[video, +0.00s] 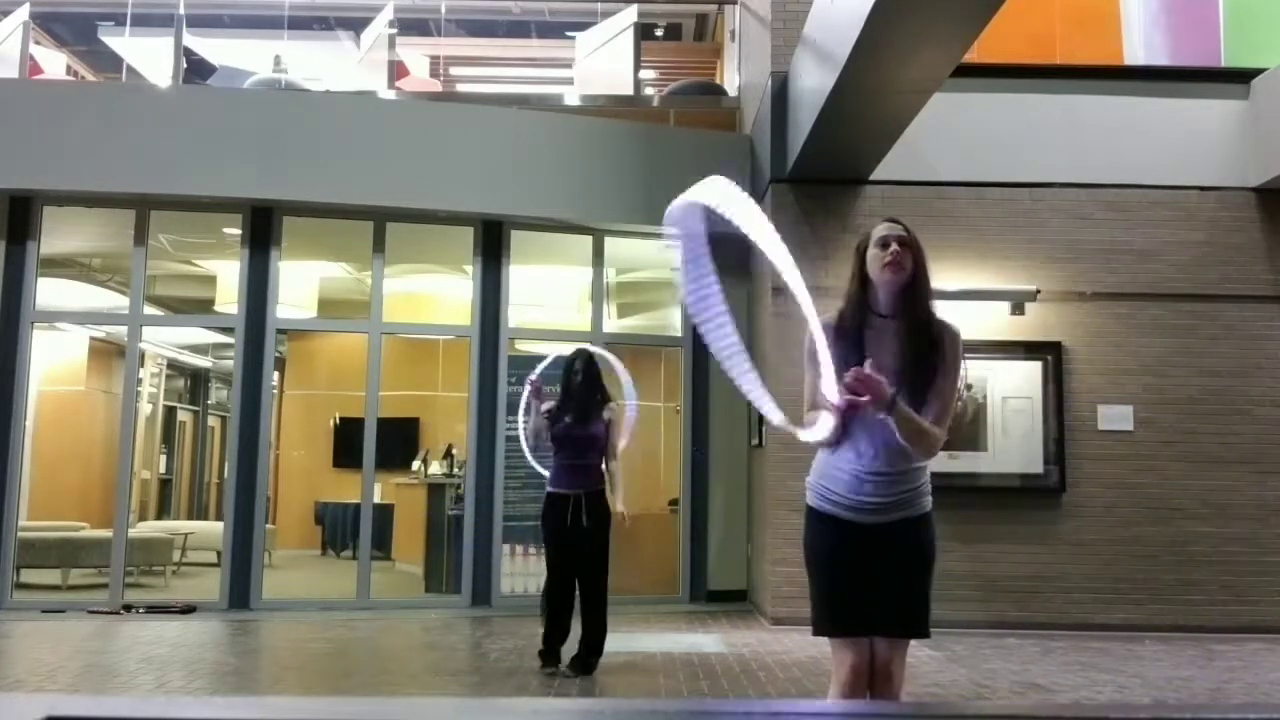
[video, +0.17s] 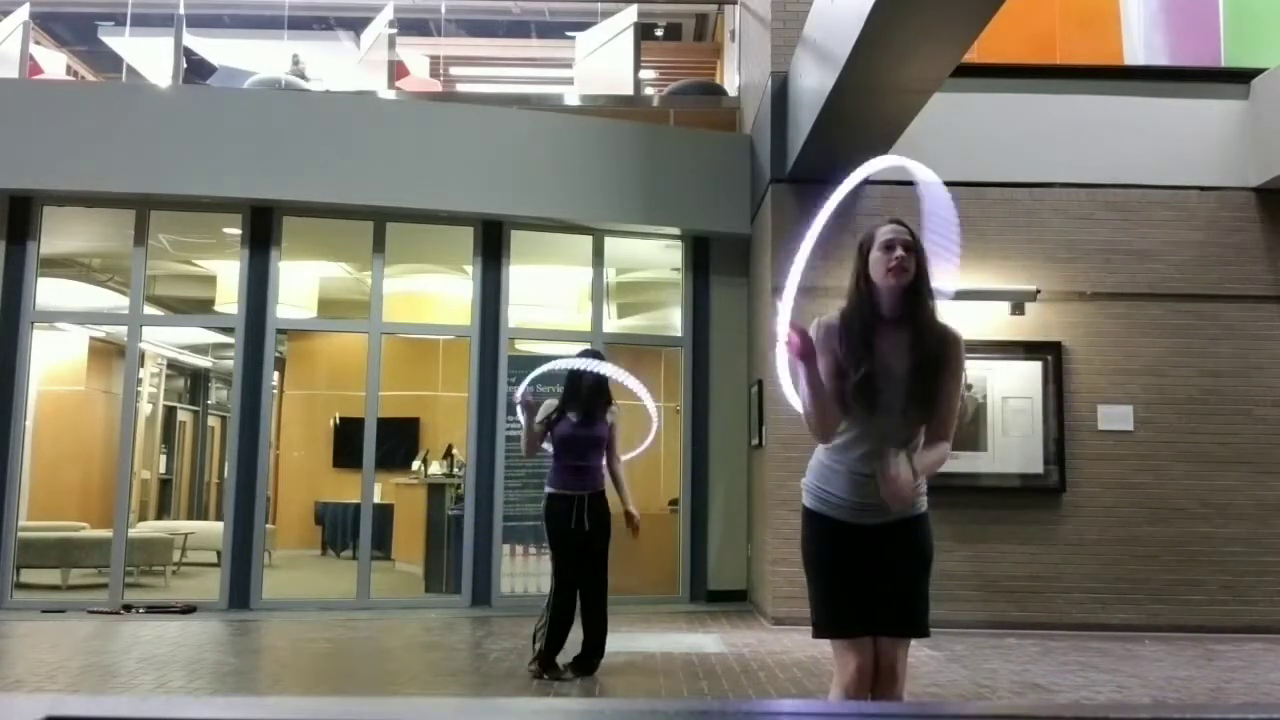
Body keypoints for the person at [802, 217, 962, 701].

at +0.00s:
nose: (895, 249)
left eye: (904, 244)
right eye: (882, 244)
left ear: (917, 263)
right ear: (864, 263)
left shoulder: (942, 338)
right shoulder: (829, 334)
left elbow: (931, 443)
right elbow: (819, 430)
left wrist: (888, 402)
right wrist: (838, 410)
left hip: (905, 513)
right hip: (835, 511)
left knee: (888, 669)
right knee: (853, 666)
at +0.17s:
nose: (899, 254)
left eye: (908, 248)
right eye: (888, 247)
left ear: (919, 264)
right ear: (867, 264)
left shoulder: (943, 342)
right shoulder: (833, 332)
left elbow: (941, 441)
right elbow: (825, 430)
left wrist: (914, 469)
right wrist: (805, 368)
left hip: (902, 511)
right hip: (834, 508)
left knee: (891, 666)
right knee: (857, 667)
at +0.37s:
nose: (901, 255)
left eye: (911, 247)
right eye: (889, 246)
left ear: (923, 262)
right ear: (868, 259)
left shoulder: (940, 341)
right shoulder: (827, 325)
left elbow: (948, 440)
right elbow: (743, 367)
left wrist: (957, 531)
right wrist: (769, 306)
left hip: (901, 512)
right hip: (833, 509)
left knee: (890, 670)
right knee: (855, 672)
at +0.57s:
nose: (898, 261)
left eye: (907, 251)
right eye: (886, 252)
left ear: (918, 262)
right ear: (863, 261)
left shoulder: (931, 332)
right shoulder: (829, 313)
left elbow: (983, 403)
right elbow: (731, 313)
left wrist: (1025, 462)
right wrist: (759, 287)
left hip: (895, 504)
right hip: (827, 502)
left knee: (887, 670)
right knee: (850, 670)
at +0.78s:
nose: (891, 274)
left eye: (902, 266)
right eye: (880, 262)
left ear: (913, 275)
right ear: (858, 267)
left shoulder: (921, 325)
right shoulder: (819, 322)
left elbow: (1002, 338)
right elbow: (745, 333)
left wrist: (1076, 346)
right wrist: (754, 390)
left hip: (887, 512)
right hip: (821, 509)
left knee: (879, 671)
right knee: (841, 672)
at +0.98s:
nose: (887, 279)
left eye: (898, 271)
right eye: (878, 267)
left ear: (909, 280)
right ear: (855, 271)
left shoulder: (910, 323)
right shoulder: (818, 332)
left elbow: (1004, 297)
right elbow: (764, 405)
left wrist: (1101, 268)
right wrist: (821, 469)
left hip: (876, 507)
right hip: (813, 506)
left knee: (874, 667)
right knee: (840, 669)